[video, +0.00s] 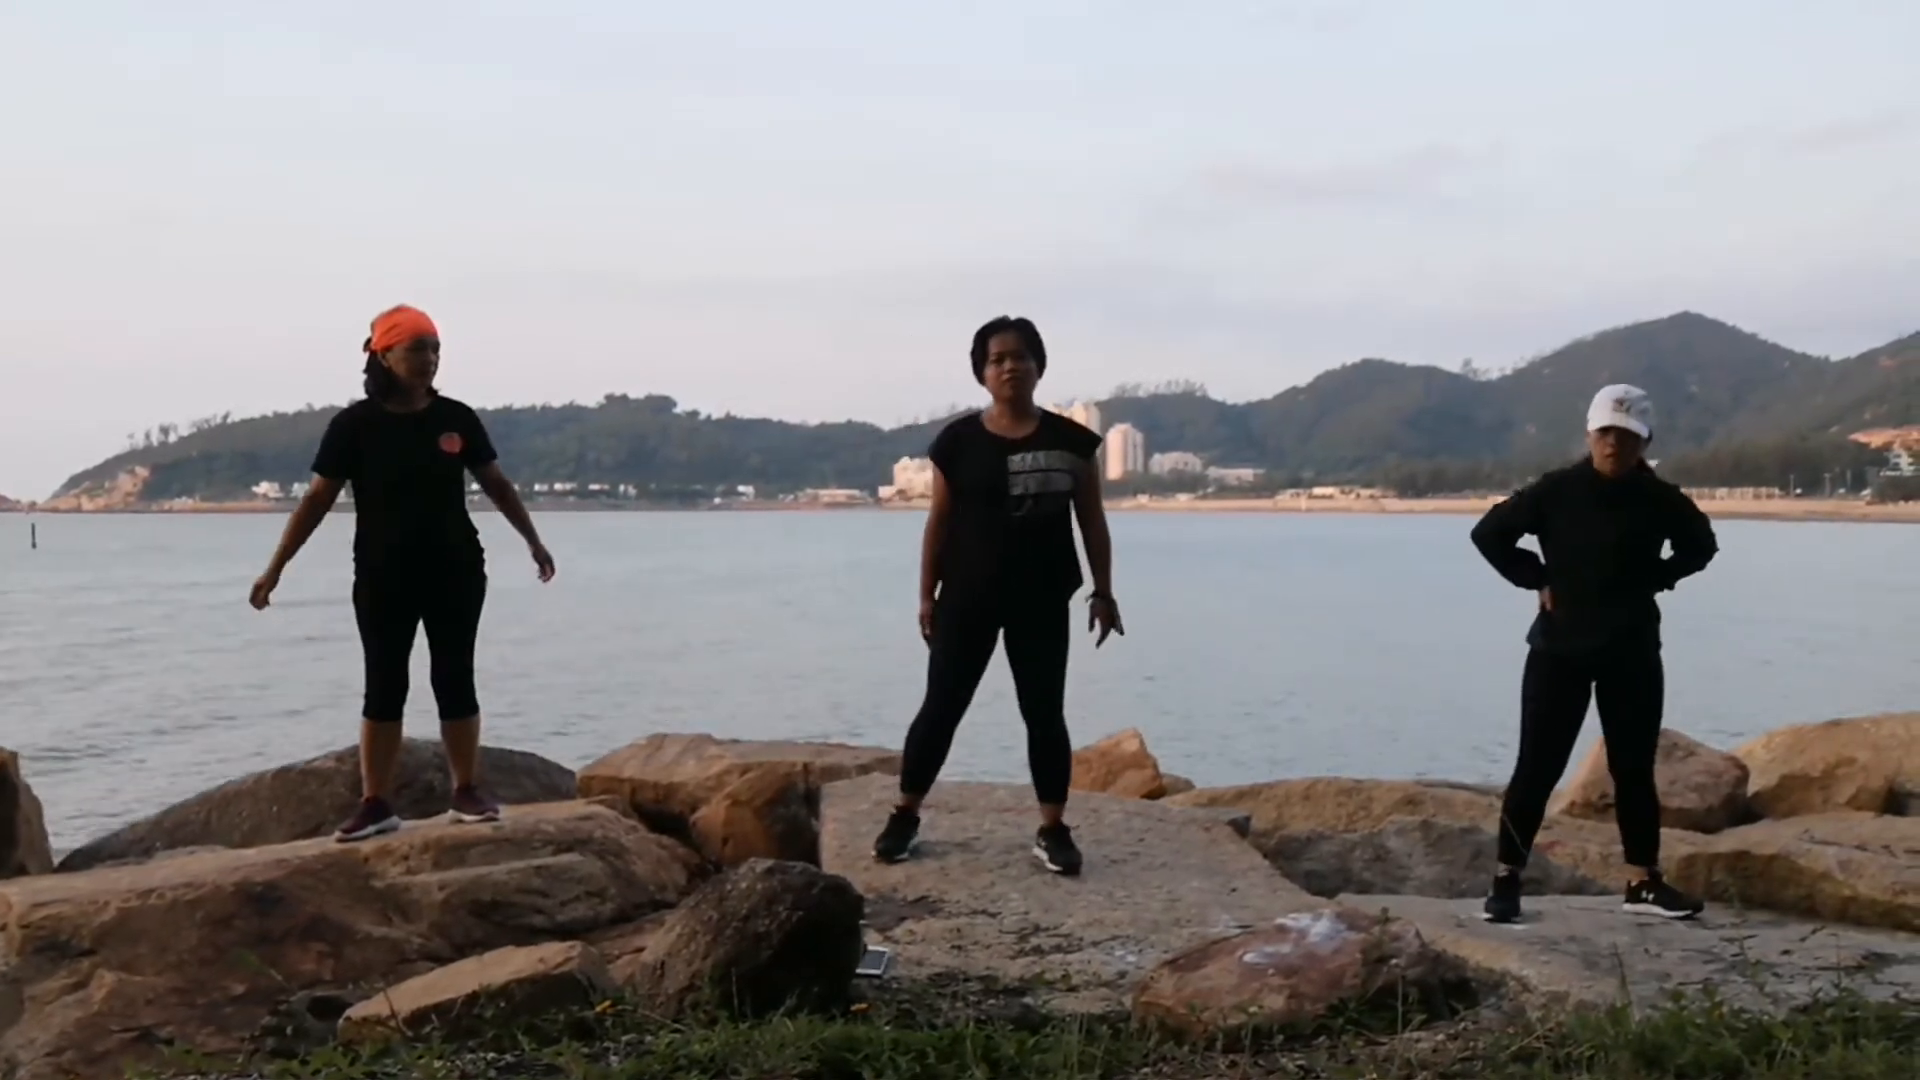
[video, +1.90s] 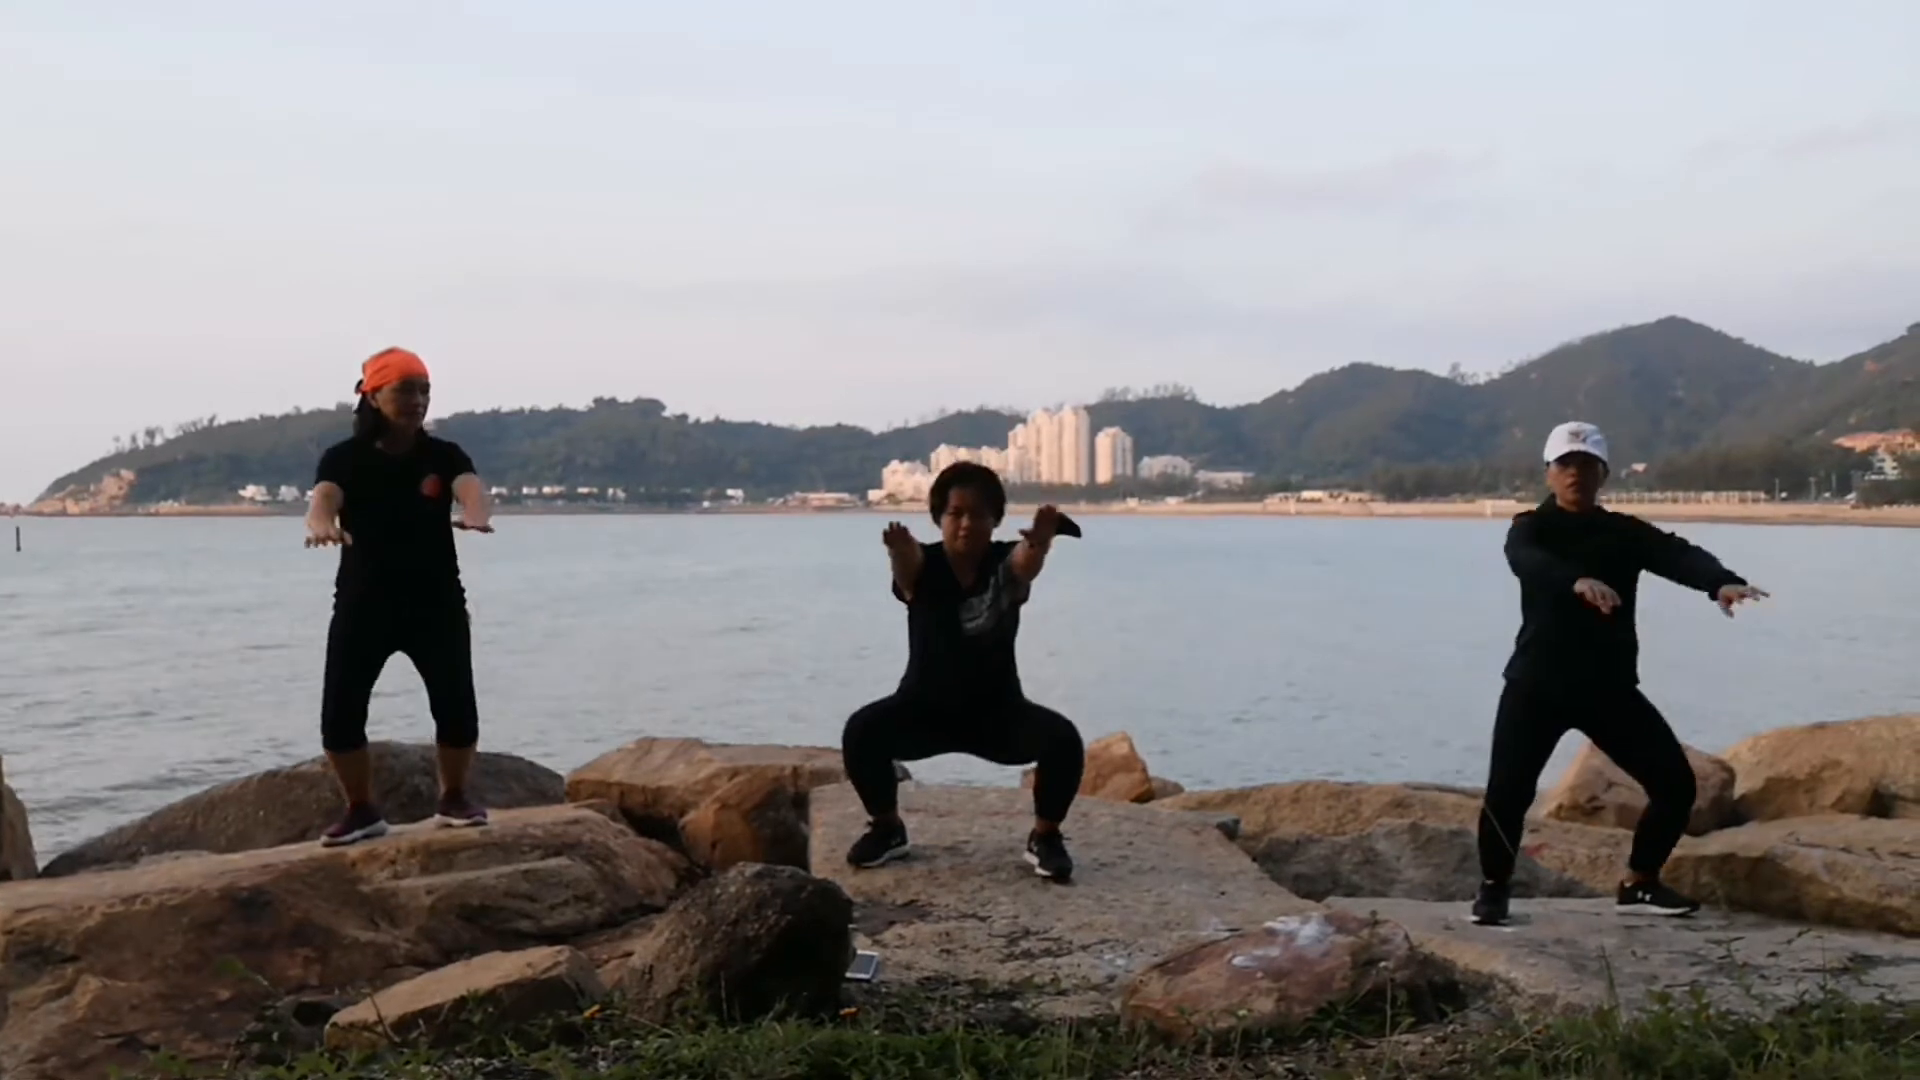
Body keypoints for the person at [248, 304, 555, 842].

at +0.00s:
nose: (430, 358)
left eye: (434, 348)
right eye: (418, 349)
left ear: (437, 354)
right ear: (384, 356)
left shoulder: (457, 420)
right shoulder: (353, 426)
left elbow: (495, 483)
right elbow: (316, 501)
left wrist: (533, 539)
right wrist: (273, 568)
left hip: (453, 575)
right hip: (384, 580)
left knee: (455, 684)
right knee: (383, 692)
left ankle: (466, 791)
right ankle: (374, 802)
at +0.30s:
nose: (426, 357)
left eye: (431, 348)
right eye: (414, 349)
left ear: (436, 353)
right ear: (381, 356)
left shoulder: (454, 420)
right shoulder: (350, 426)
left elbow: (481, 493)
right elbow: (338, 509)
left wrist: (492, 553)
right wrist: (348, 575)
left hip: (450, 574)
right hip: (381, 579)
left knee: (453, 685)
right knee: (381, 692)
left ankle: (464, 792)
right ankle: (373, 803)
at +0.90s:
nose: (423, 359)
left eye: (428, 349)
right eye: (411, 349)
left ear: (433, 356)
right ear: (378, 356)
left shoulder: (451, 423)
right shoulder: (347, 427)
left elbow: (484, 492)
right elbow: (319, 505)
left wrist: (510, 553)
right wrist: (292, 577)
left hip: (447, 578)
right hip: (376, 581)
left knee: (449, 686)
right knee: (377, 694)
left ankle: (459, 794)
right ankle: (370, 804)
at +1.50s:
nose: (412, 358)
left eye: (418, 349)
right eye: (400, 349)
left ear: (426, 355)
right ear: (369, 356)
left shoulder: (448, 422)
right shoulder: (341, 427)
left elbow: (469, 491)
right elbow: (331, 506)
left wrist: (449, 536)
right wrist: (369, 553)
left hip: (441, 575)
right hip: (369, 579)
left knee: (444, 686)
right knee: (370, 692)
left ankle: (455, 796)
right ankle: (365, 805)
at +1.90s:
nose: (416, 398)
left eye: (422, 389)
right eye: (403, 389)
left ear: (429, 395)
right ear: (373, 396)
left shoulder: (443, 453)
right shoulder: (345, 457)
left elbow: (470, 485)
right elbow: (326, 494)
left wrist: (475, 512)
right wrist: (321, 520)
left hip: (436, 609)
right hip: (363, 611)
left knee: (457, 711)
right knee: (340, 718)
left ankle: (453, 799)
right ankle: (361, 810)